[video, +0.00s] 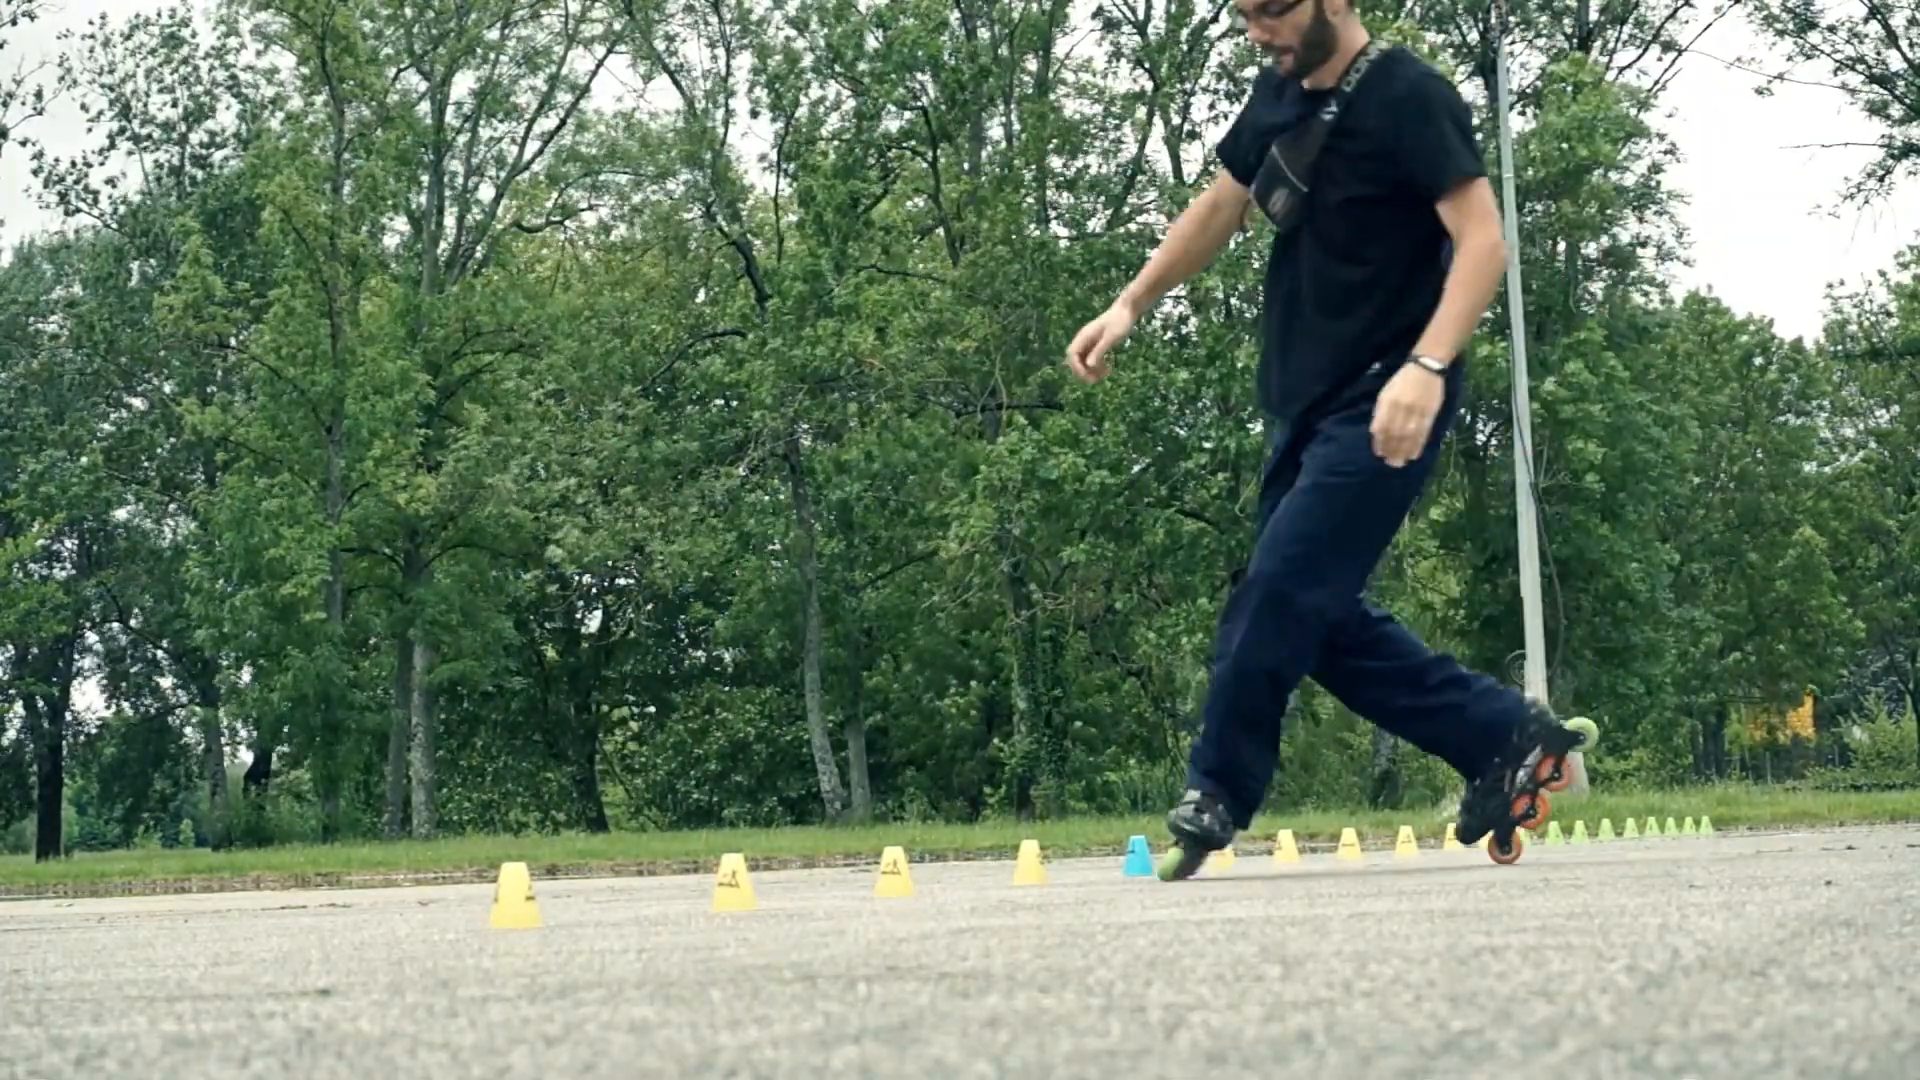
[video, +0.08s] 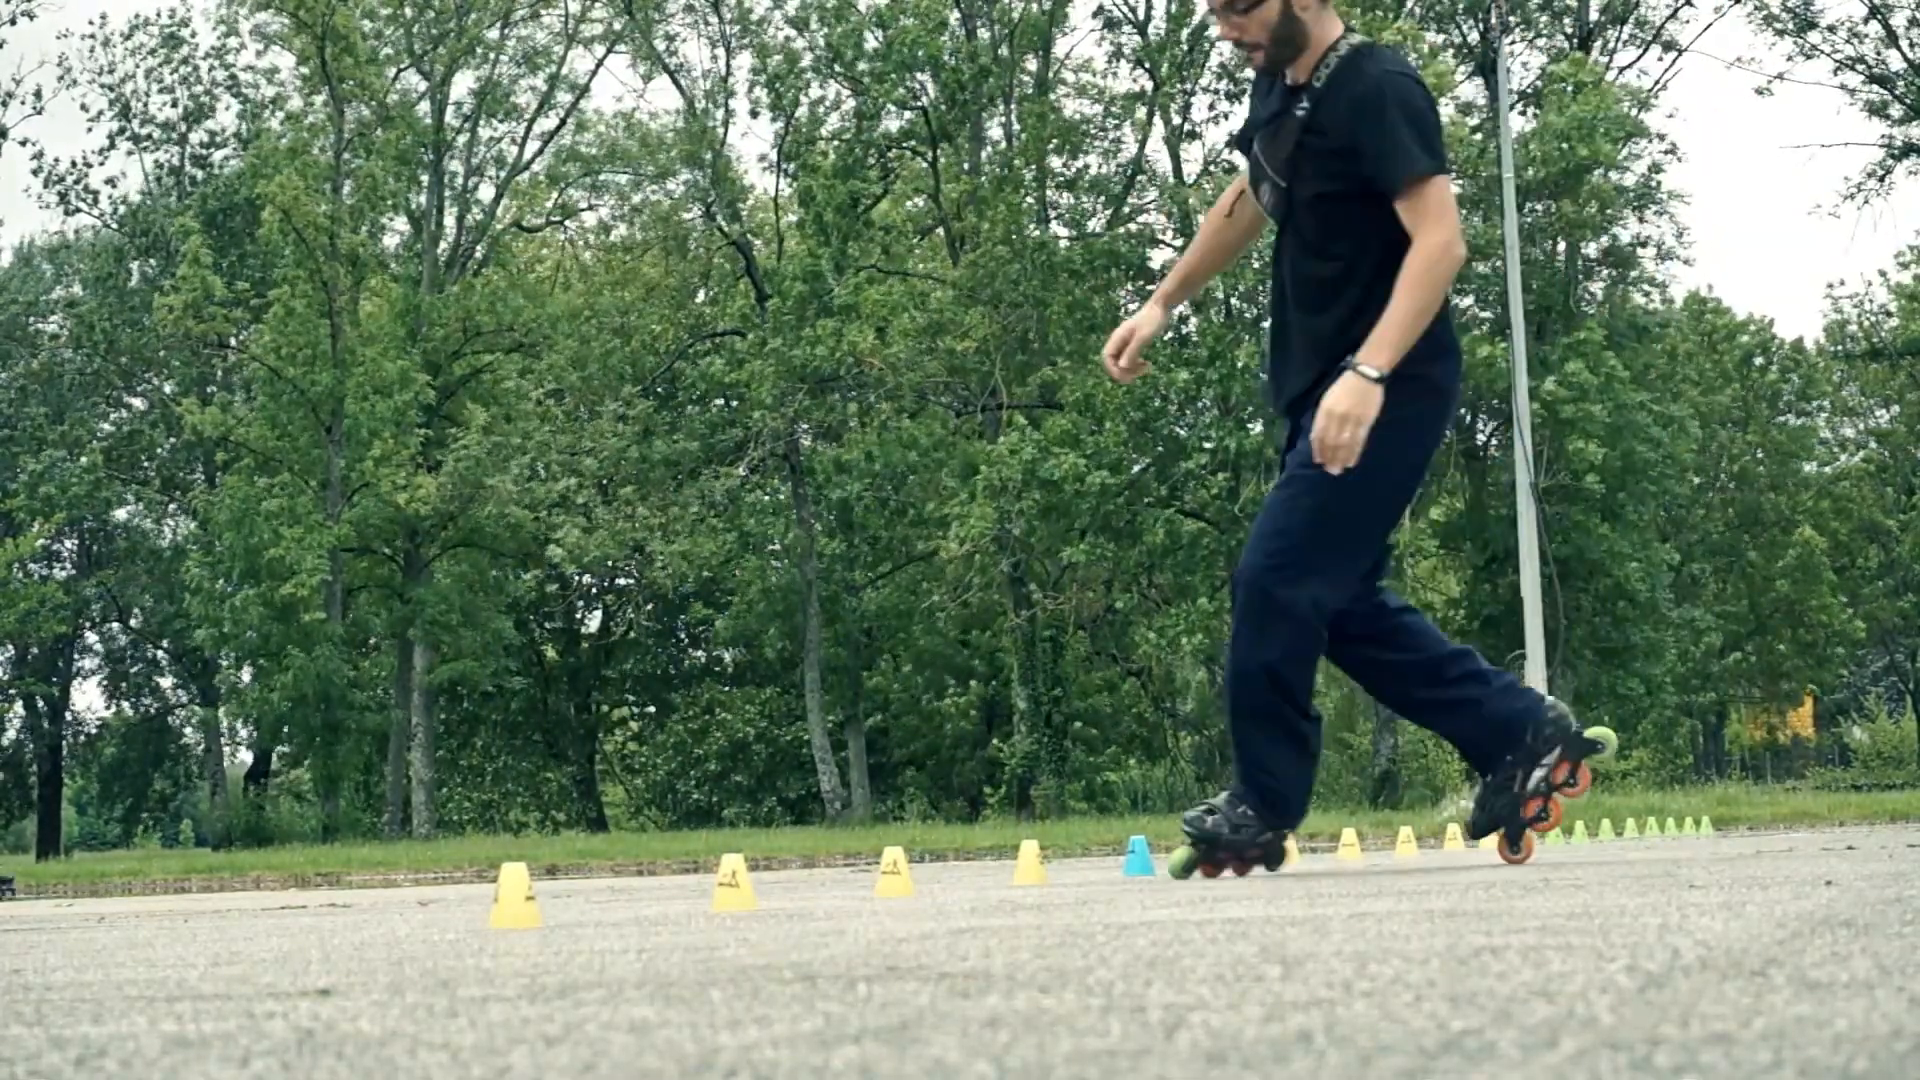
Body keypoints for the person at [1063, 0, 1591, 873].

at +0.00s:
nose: (1260, 33)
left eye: (1274, 14)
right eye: (1249, 19)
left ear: (1332, 1)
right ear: (1248, 16)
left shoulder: (1405, 90)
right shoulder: (1277, 96)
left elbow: (1483, 239)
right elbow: (1216, 208)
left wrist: (1429, 365)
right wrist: (1128, 306)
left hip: (1391, 394)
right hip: (1307, 410)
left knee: (1281, 584)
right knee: (1306, 611)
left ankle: (1217, 792)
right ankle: (1507, 740)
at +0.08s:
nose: (1224, 28)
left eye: (1239, 9)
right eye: (1216, 14)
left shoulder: (1377, 82)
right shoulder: (1278, 90)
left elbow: (1441, 242)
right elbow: (1246, 203)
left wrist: (1368, 373)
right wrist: (1159, 305)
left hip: (1386, 383)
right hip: (1320, 390)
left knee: (1274, 577)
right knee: (1335, 600)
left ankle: (1266, 805)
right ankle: (1520, 735)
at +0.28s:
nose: (1186, 24)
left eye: (1194, 4)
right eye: (1181, 11)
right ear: (1258, 3)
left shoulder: (1318, 73)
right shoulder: (1324, 62)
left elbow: (1372, 233)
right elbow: (1335, 208)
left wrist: (1290, 374)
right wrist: (1283, 277)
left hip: (1396, 349)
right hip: (1438, 342)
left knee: (1340, 584)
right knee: (1399, 578)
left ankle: (1464, 799)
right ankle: (1539, 738)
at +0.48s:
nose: (1137, 32)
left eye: (1145, 9)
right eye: (1128, 17)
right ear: (1230, 0)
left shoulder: (1243, 71)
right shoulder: (1332, 49)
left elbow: (1295, 224)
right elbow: (1422, 163)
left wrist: (1255, 364)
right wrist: (1388, 266)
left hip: (1391, 324)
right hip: (1470, 310)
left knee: (1440, 566)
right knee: (1363, 559)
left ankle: (1574, 788)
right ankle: (1400, 779)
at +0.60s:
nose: (1098, 41)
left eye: (1101, 17)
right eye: (1088, 26)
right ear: (1188, 2)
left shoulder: (1196, 66)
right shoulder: (1304, 44)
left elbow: (1244, 213)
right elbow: (1419, 157)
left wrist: (1211, 359)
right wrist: (1465, 277)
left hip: (1352, 310)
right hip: (1439, 292)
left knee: (1411, 555)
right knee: (1377, 562)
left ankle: (1567, 742)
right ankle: (1421, 789)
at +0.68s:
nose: (1071, 43)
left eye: (1071, 18)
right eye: (1059, 29)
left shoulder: (1159, 62)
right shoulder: (1287, 43)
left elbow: (1201, 213)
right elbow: (1400, 147)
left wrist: (1174, 361)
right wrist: (1453, 277)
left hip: (1327, 300)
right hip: (1422, 285)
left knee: (1363, 555)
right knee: (1402, 550)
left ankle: (1528, 703)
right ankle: (1427, 780)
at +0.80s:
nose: (1016, 35)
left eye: (1016, 11)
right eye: (1008, 20)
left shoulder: (1107, 56)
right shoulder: (1237, 22)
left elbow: (1124, 227)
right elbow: (1361, 124)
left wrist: (1097, 367)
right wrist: (1380, 258)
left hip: (1284, 293)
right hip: (1376, 278)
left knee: (1234, 558)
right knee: (1387, 550)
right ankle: (1439, 775)